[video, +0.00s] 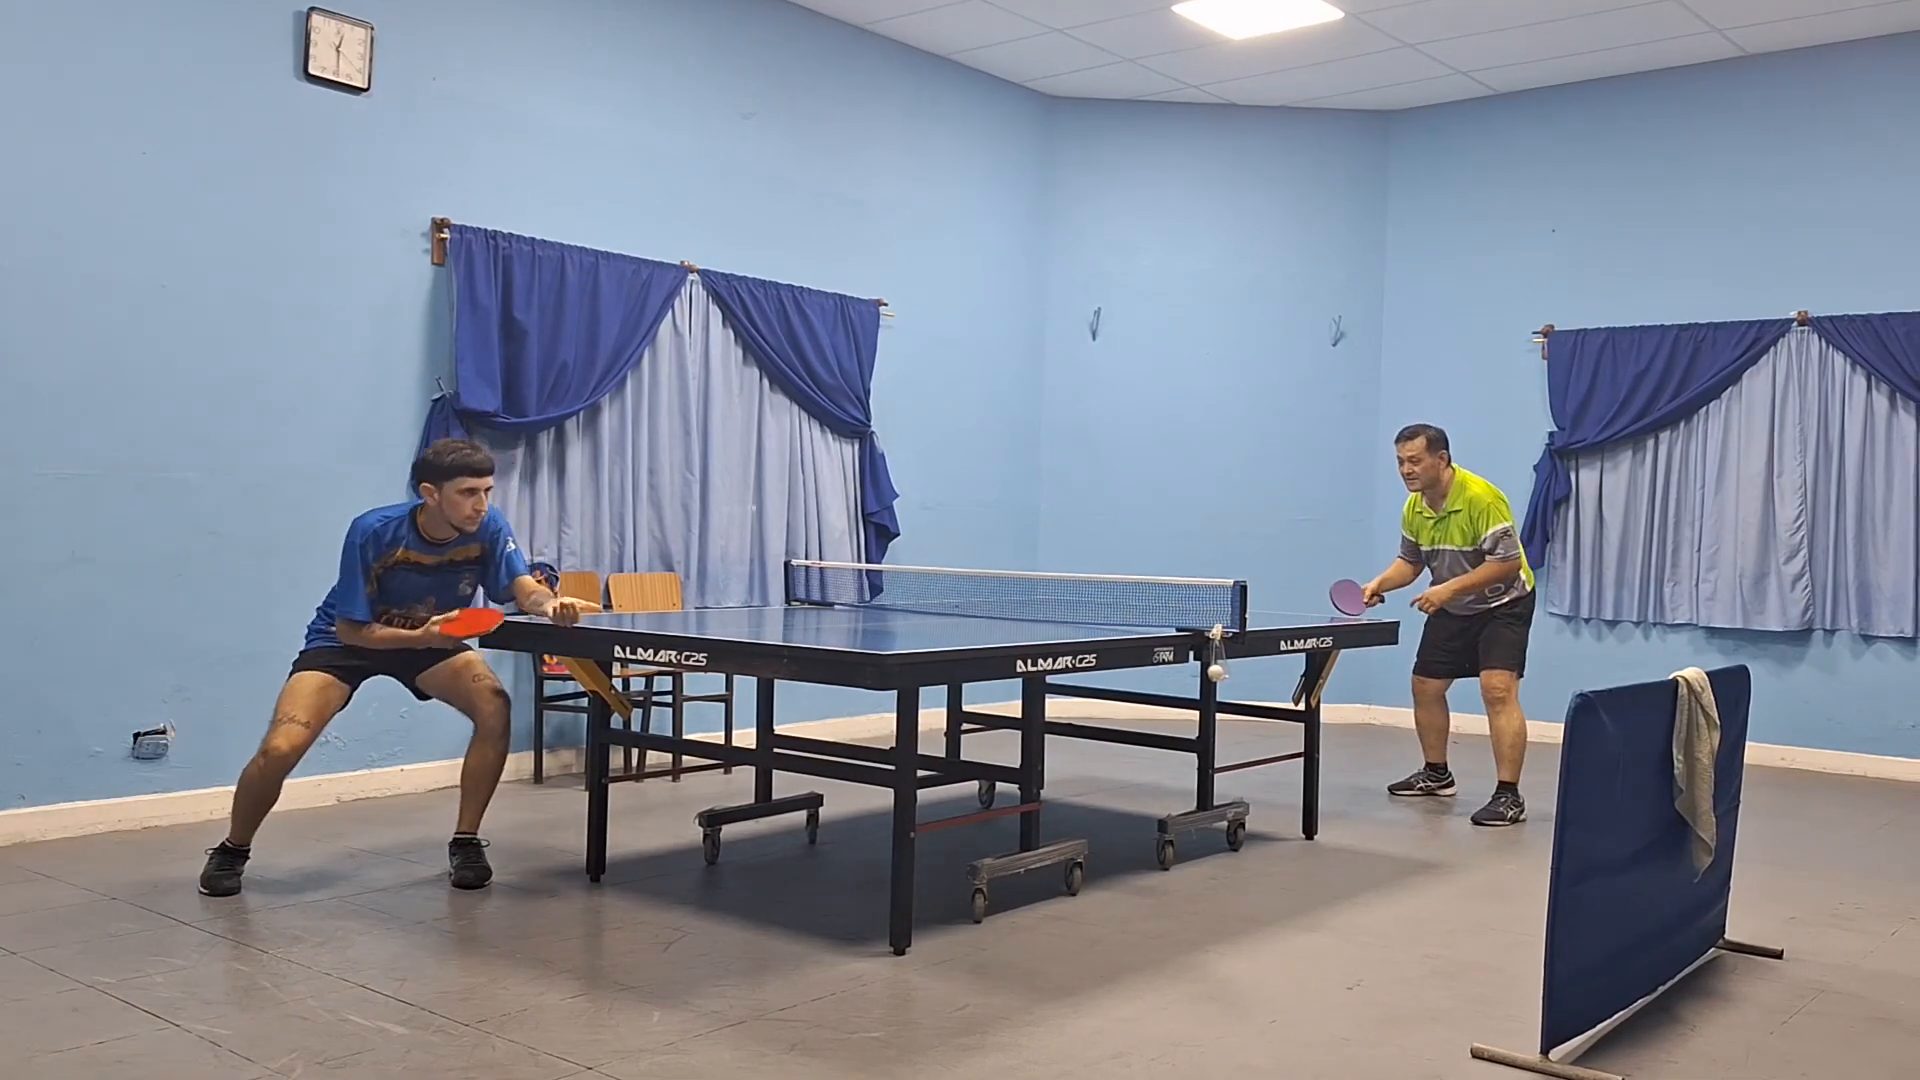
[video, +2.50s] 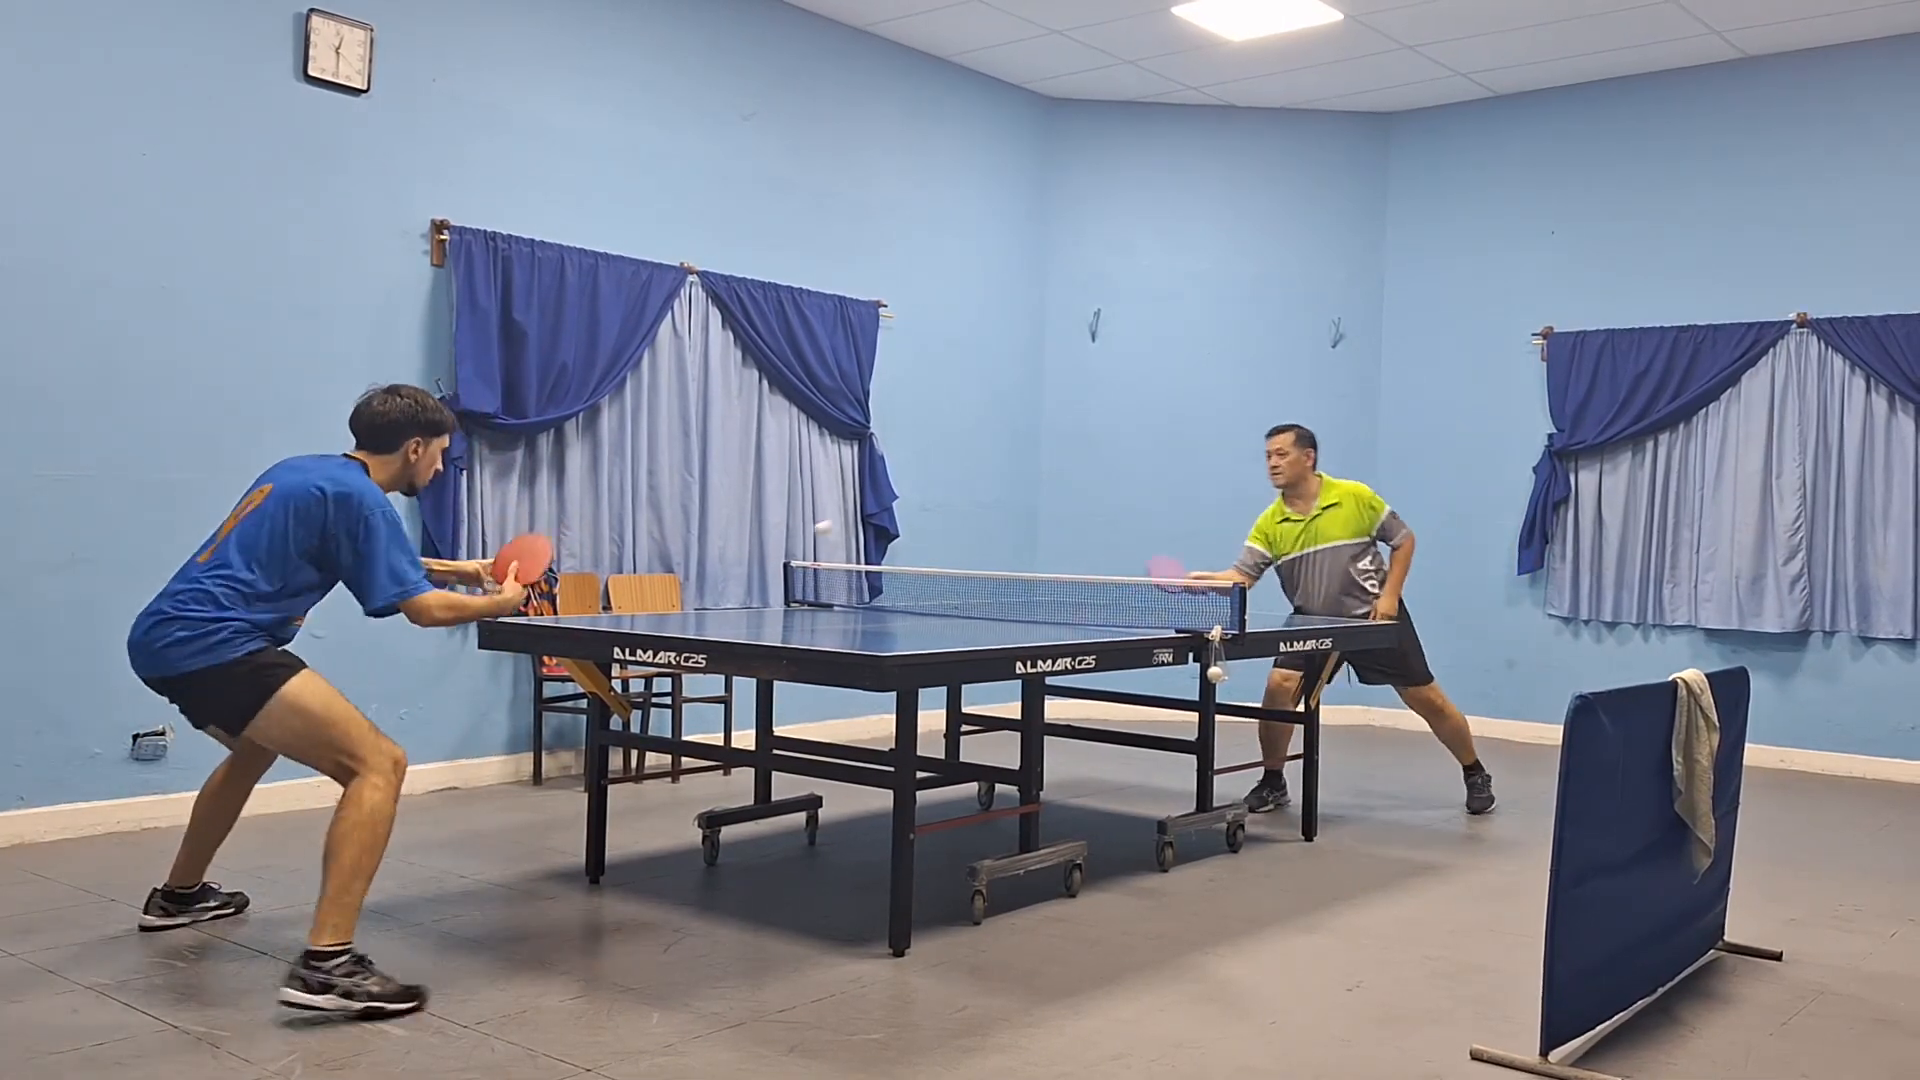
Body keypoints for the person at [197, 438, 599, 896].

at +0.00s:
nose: (483, 504)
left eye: (487, 493)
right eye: (469, 494)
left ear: (491, 491)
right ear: (430, 495)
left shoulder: (489, 529)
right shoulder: (371, 534)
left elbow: (522, 587)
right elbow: (352, 630)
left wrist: (550, 603)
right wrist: (416, 638)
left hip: (427, 643)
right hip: (346, 641)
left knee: (495, 707)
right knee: (281, 747)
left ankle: (466, 843)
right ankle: (233, 850)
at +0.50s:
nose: (371, 378)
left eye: (373, 368)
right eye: (354, 370)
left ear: (380, 377)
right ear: (321, 393)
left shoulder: (406, 430)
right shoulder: (291, 453)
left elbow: (476, 417)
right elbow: (276, 557)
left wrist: (497, 367)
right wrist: (308, 511)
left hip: (389, 600)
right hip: (305, 604)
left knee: (454, 704)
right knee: (261, 733)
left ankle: (463, 842)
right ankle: (230, 849)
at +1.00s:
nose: (314, 369)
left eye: (313, 358)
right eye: (295, 364)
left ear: (321, 370)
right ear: (262, 390)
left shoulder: (359, 439)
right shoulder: (238, 445)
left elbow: (419, 497)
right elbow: (169, 502)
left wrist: (492, 502)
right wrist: (100, 451)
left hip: (328, 594)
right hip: (245, 598)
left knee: (422, 682)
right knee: (224, 741)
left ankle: (342, 759)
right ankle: (230, 851)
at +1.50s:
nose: (479, 421)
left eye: (480, 410)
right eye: (476, 409)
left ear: (439, 408)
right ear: (447, 409)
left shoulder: (393, 453)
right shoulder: (375, 434)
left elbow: (326, 506)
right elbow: (299, 467)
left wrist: (382, 539)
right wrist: (332, 564)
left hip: (298, 584)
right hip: (250, 580)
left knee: (367, 704)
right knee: (319, 722)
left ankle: (342, 848)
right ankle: (196, 816)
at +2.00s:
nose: (449, 389)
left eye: (448, 376)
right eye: (444, 377)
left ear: (381, 382)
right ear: (418, 383)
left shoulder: (320, 429)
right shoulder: (384, 442)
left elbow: (292, 512)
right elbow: (401, 537)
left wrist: (363, 555)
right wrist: (493, 559)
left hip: (227, 600)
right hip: (278, 605)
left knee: (299, 722)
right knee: (404, 747)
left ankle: (224, 867)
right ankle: (303, 925)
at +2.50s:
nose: (439, 469)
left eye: (443, 455)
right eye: (439, 454)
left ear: (377, 443)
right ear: (412, 449)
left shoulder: (307, 472)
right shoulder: (362, 502)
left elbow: (375, 557)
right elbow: (424, 608)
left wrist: (465, 570)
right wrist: (502, 601)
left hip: (161, 638)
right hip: (211, 642)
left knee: (258, 746)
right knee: (380, 764)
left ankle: (178, 894)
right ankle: (327, 960)